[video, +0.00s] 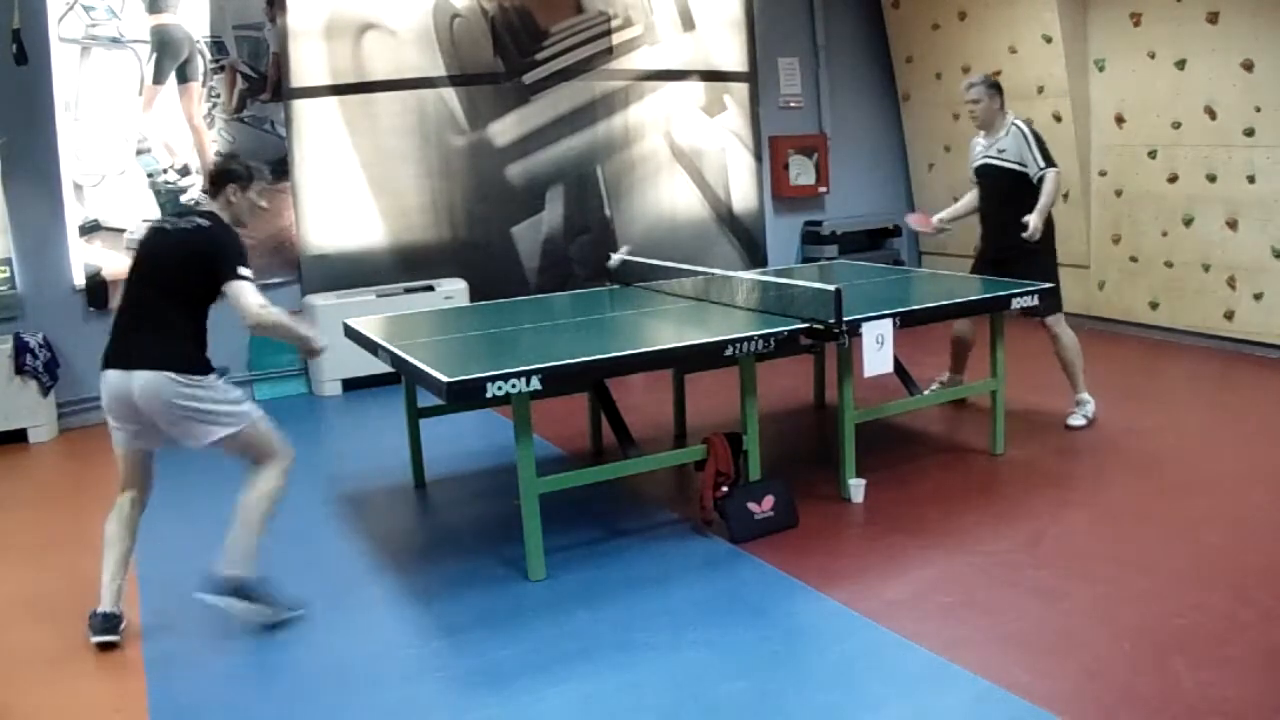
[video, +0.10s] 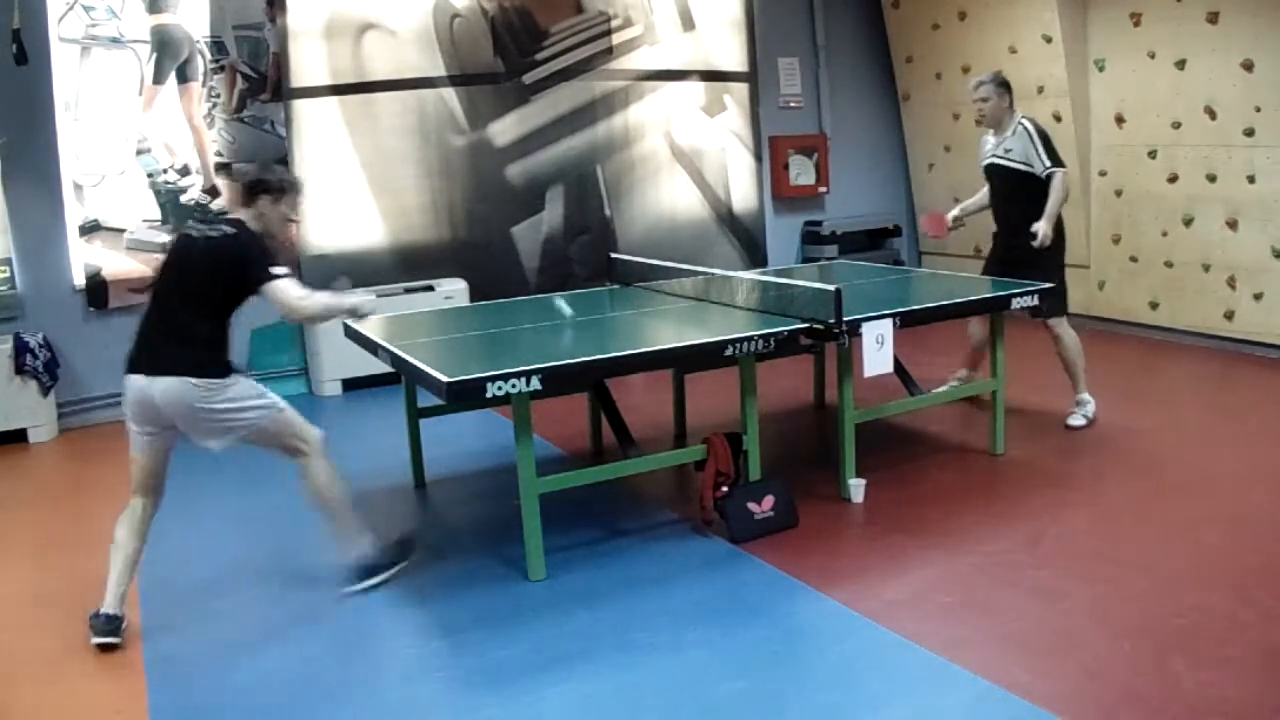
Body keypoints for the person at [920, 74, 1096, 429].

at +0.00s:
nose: (970, 110)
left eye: (976, 102)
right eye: (967, 104)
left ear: (997, 101)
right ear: (970, 107)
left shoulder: (1020, 132)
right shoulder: (978, 142)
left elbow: (1051, 174)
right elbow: (981, 192)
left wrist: (1039, 213)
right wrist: (945, 216)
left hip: (1031, 245)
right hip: (993, 245)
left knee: (1054, 322)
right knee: (962, 324)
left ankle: (1083, 398)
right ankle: (954, 380)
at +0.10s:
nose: (977, 109)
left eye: (983, 101)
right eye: (974, 103)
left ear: (1005, 100)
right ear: (979, 105)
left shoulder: (1028, 130)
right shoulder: (988, 140)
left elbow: (1059, 177)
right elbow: (995, 190)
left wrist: (1047, 221)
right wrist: (961, 211)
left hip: (1040, 241)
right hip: (1005, 241)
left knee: (1055, 321)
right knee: (981, 311)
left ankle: (1083, 398)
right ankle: (969, 374)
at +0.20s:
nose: (983, 107)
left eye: (989, 100)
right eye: (980, 101)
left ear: (1011, 99)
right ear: (982, 104)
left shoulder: (1033, 130)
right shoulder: (991, 139)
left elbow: (1066, 175)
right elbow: (999, 185)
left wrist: (1057, 223)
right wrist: (963, 208)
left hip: (1045, 239)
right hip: (1011, 239)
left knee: (1056, 320)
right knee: (994, 308)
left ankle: (1083, 398)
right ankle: (1000, 375)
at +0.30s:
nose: (984, 106)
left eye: (990, 99)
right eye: (980, 100)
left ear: (1011, 98)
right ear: (980, 103)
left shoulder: (1035, 130)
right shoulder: (989, 138)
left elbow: (1069, 174)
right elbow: (992, 182)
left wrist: (1063, 222)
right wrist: (962, 208)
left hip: (1050, 238)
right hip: (1015, 239)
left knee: (1062, 316)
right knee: (999, 309)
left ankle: (1086, 397)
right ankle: (1003, 377)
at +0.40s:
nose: (983, 108)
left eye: (989, 100)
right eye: (980, 102)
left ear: (1011, 100)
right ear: (980, 105)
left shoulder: (1037, 131)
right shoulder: (989, 140)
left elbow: (1071, 174)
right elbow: (989, 183)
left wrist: (1066, 220)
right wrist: (962, 212)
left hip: (1053, 238)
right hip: (1016, 240)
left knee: (1072, 314)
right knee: (1000, 310)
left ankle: (1099, 394)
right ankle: (1002, 377)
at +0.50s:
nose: (985, 113)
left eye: (990, 106)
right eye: (982, 107)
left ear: (1012, 104)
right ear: (983, 111)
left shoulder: (1040, 135)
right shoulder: (993, 145)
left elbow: (1074, 177)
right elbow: (994, 190)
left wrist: (1065, 225)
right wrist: (968, 217)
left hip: (1057, 240)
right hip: (1020, 241)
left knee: (1079, 315)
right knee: (1001, 309)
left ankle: (1112, 394)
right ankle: (1002, 377)